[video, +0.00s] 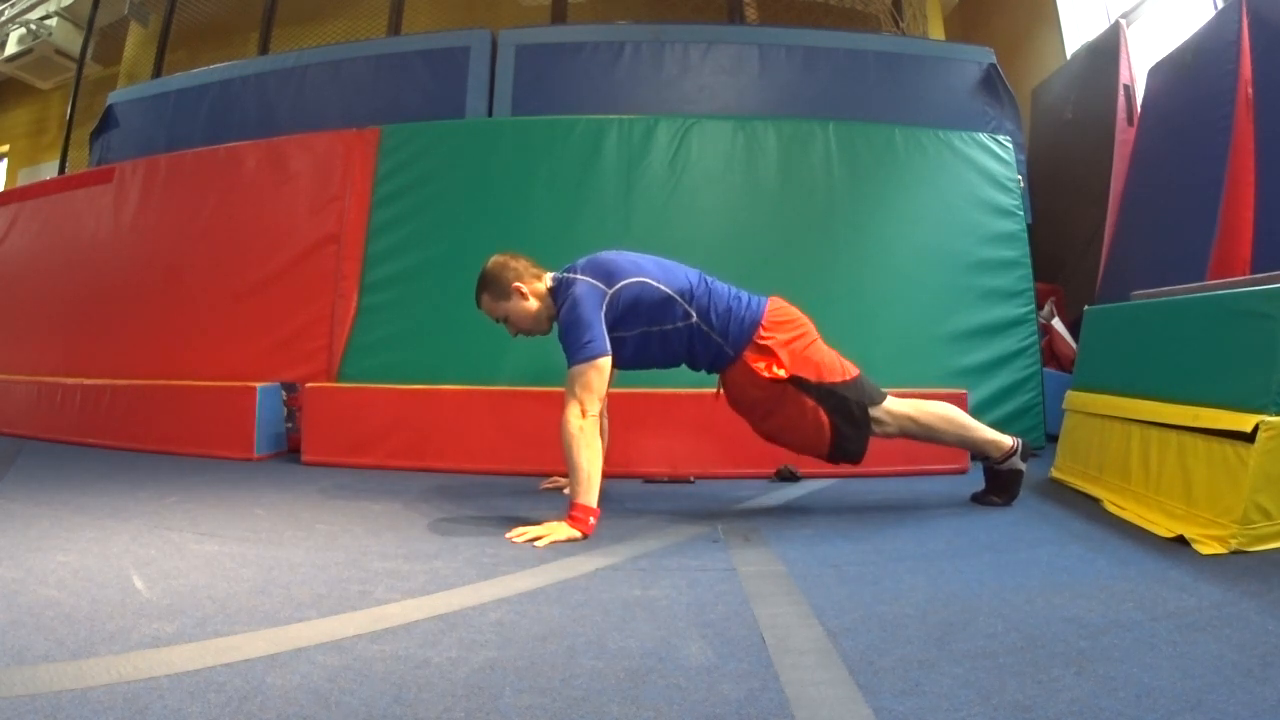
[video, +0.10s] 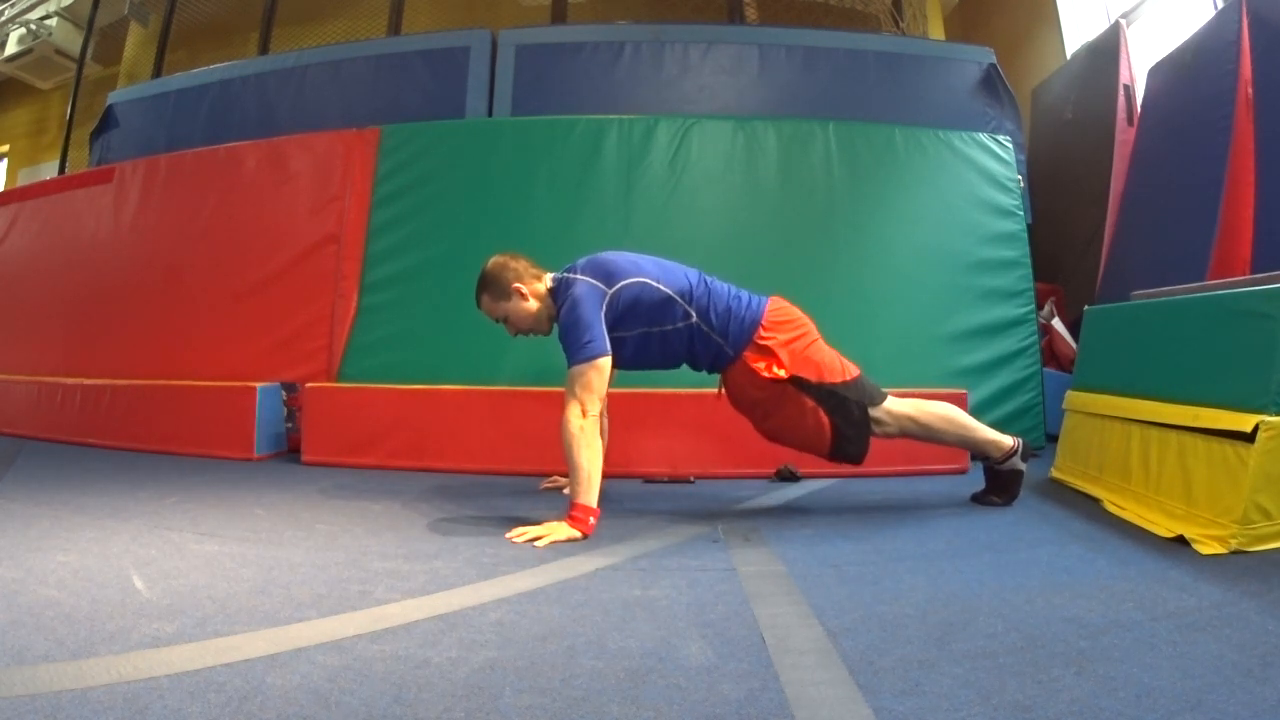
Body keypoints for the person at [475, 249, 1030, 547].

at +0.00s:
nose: (513, 331)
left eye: (506, 320)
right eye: (504, 324)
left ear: (525, 290)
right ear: (529, 286)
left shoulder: (583, 297)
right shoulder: (578, 291)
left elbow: (582, 411)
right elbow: (593, 403)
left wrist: (581, 517)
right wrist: (580, 476)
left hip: (766, 333)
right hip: (738, 365)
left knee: (876, 411)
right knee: (843, 444)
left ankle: (1004, 447)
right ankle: (955, 419)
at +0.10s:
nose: (513, 332)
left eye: (507, 321)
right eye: (504, 325)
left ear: (526, 291)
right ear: (529, 286)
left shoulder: (583, 297)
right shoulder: (579, 291)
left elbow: (582, 412)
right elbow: (593, 404)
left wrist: (582, 517)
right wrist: (581, 473)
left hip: (766, 333)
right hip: (740, 363)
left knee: (877, 411)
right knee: (850, 436)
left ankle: (1006, 447)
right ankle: (966, 427)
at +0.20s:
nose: (513, 333)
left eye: (507, 321)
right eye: (504, 326)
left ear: (526, 291)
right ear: (529, 287)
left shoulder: (583, 298)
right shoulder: (579, 292)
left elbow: (582, 412)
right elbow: (593, 404)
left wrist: (582, 517)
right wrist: (580, 474)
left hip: (766, 333)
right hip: (741, 362)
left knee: (877, 411)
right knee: (855, 431)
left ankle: (1005, 447)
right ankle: (967, 425)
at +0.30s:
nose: (513, 333)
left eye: (507, 322)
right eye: (504, 326)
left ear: (526, 291)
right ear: (529, 287)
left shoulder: (583, 298)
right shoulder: (579, 291)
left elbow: (581, 412)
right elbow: (594, 404)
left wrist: (582, 517)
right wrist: (580, 475)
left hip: (766, 333)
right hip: (741, 362)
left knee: (877, 411)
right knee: (853, 432)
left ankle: (1005, 447)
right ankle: (967, 426)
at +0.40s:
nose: (513, 333)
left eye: (507, 322)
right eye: (504, 326)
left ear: (525, 291)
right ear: (528, 288)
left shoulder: (583, 298)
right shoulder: (578, 293)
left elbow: (582, 413)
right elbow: (593, 405)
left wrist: (581, 516)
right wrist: (580, 479)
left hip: (766, 333)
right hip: (739, 365)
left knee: (876, 411)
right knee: (845, 439)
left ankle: (1005, 447)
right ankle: (963, 424)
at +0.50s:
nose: (513, 334)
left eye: (507, 323)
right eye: (504, 327)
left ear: (525, 293)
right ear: (527, 288)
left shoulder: (582, 298)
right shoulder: (578, 293)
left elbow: (582, 413)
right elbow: (594, 404)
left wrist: (582, 516)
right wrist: (582, 481)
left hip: (765, 334)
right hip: (739, 364)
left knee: (876, 411)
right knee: (847, 437)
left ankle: (1003, 447)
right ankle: (965, 427)